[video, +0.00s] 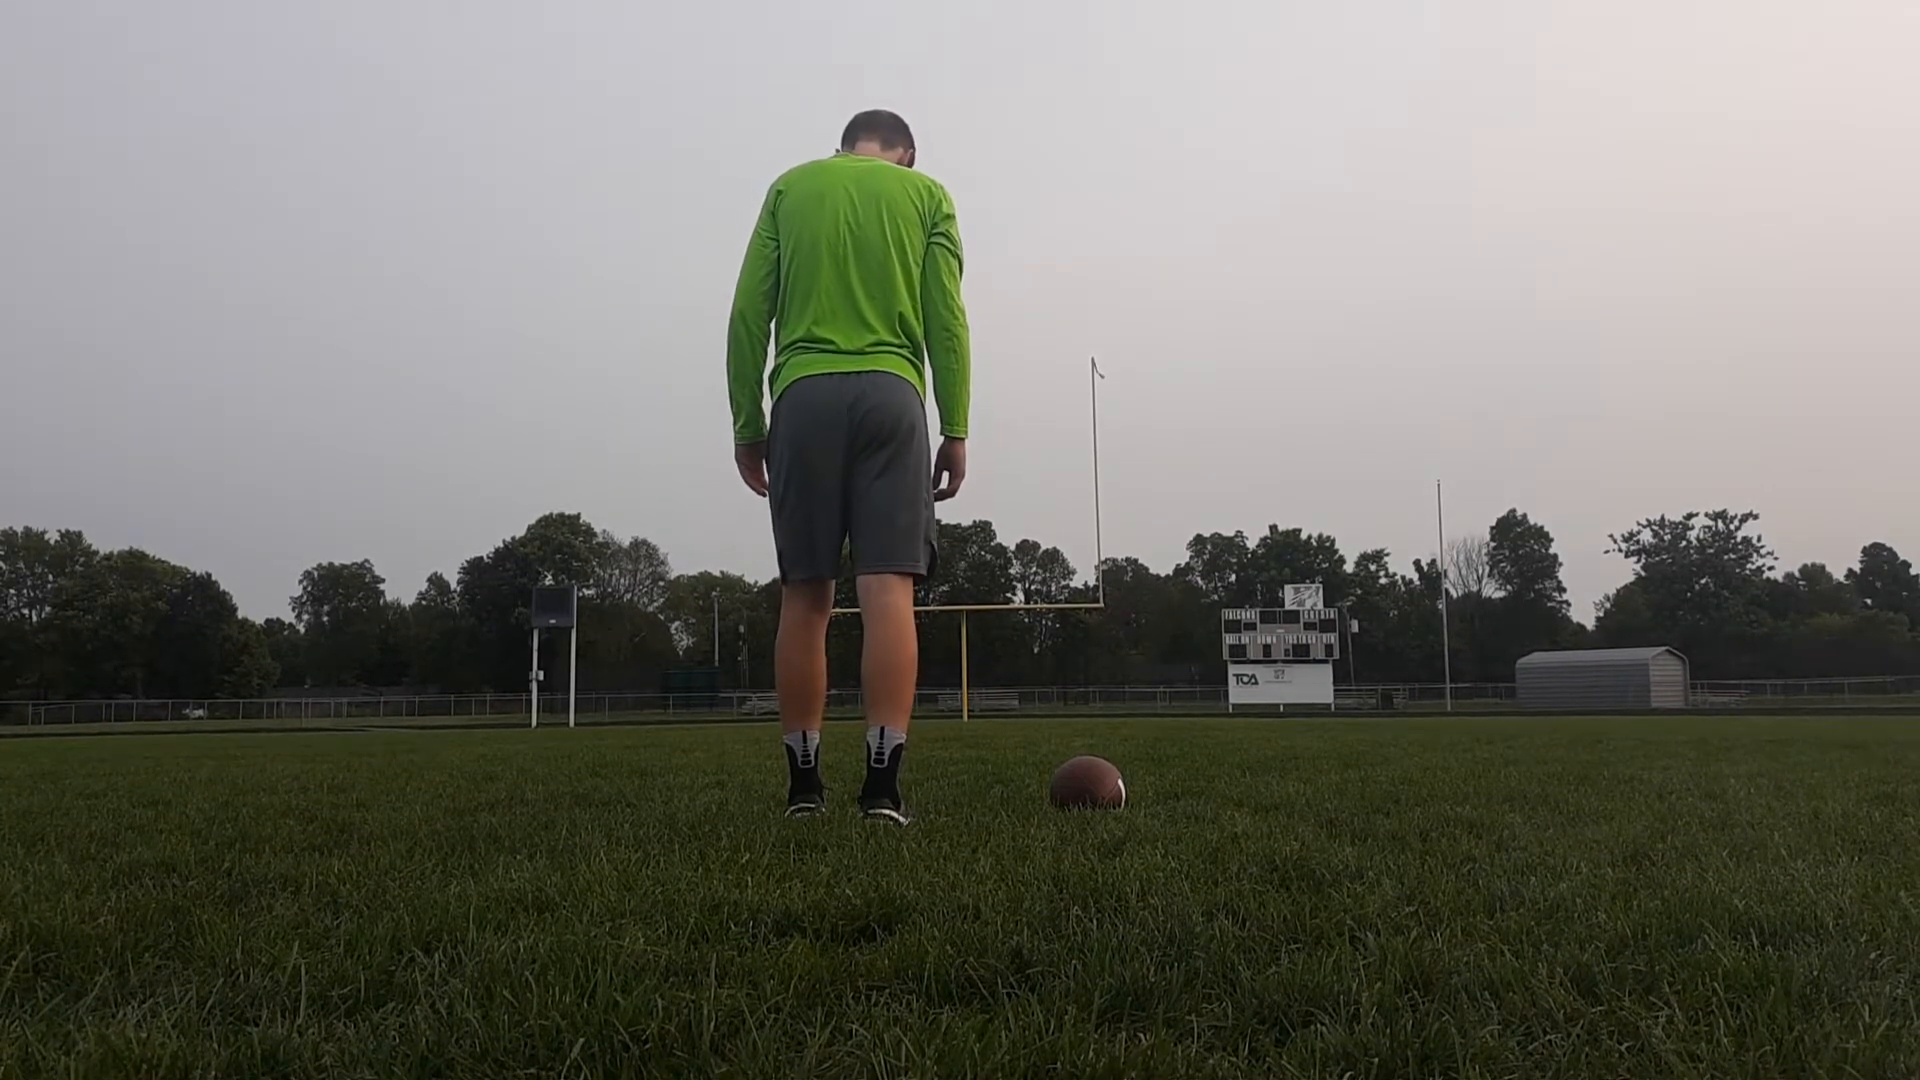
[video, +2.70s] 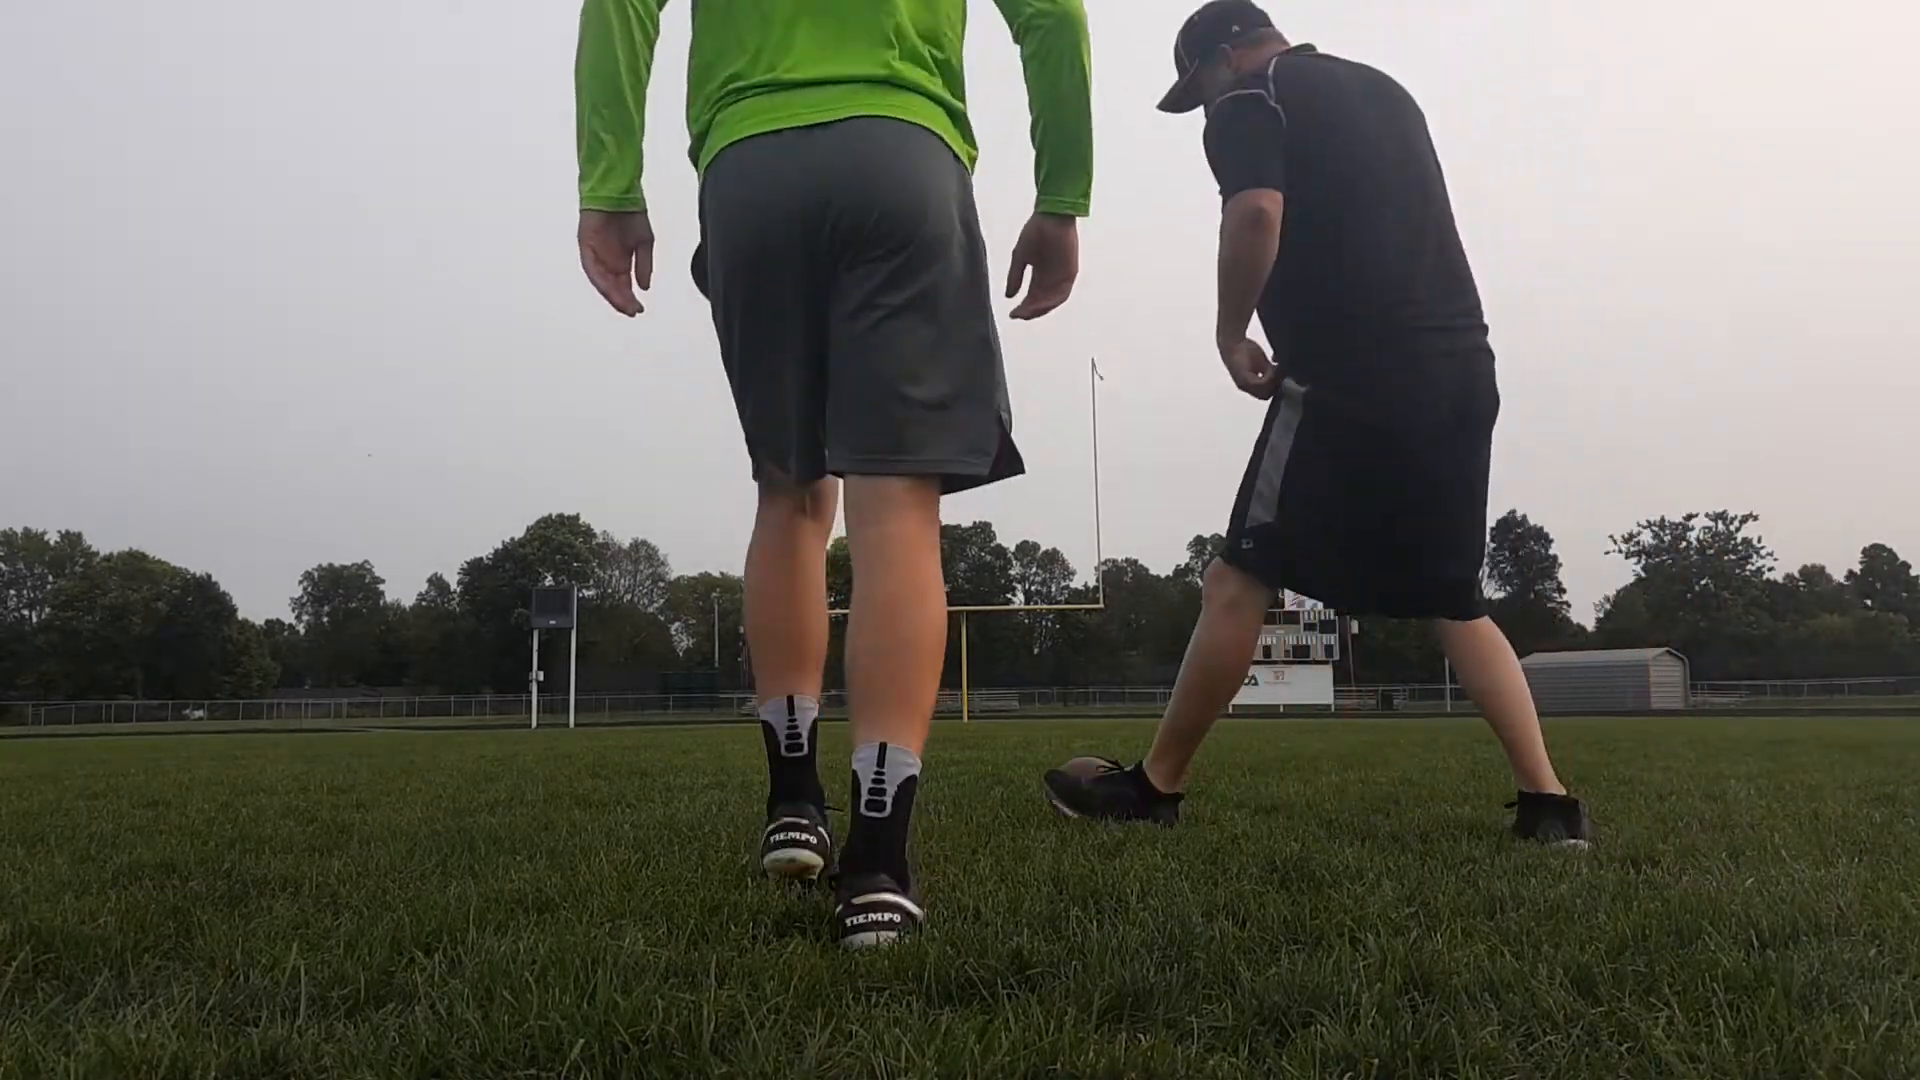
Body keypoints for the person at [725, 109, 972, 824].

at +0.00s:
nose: (910, 174)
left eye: (905, 164)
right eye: (911, 164)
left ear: (844, 145)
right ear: (904, 152)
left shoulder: (790, 184)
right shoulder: (925, 192)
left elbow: (749, 310)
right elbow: (945, 314)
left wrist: (748, 425)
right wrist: (956, 428)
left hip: (804, 395)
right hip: (891, 394)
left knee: (805, 595)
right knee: (888, 591)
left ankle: (804, 785)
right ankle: (883, 791)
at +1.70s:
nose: (868, 50)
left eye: (819, 40)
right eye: (873, 38)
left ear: (797, 34)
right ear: (874, 33)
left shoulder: (754, 93)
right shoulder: (923, 91)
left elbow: (698, 258)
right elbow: (972, 219)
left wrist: (720, 384)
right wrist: (983, 357)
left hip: (788, 342)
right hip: (894, 350)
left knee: (795, 582)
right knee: (887, 586)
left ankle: (804, 818)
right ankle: (887, 786)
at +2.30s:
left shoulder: (710, 2)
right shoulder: (929, 4)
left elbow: (647, 105)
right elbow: (974, 99)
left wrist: (653, 285)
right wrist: (998, 271)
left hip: (756, 253)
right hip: (882, 247)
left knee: (786, 547)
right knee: (906, 534)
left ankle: (803, 826)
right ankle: (892, 730)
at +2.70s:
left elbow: (618, 7)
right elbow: (1051, 16)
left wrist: (610, 184)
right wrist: (1060, 200)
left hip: (749, 157)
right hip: (906, 148)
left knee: (790, 493)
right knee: (899, 505)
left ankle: (792, 801)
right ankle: (879, 864)